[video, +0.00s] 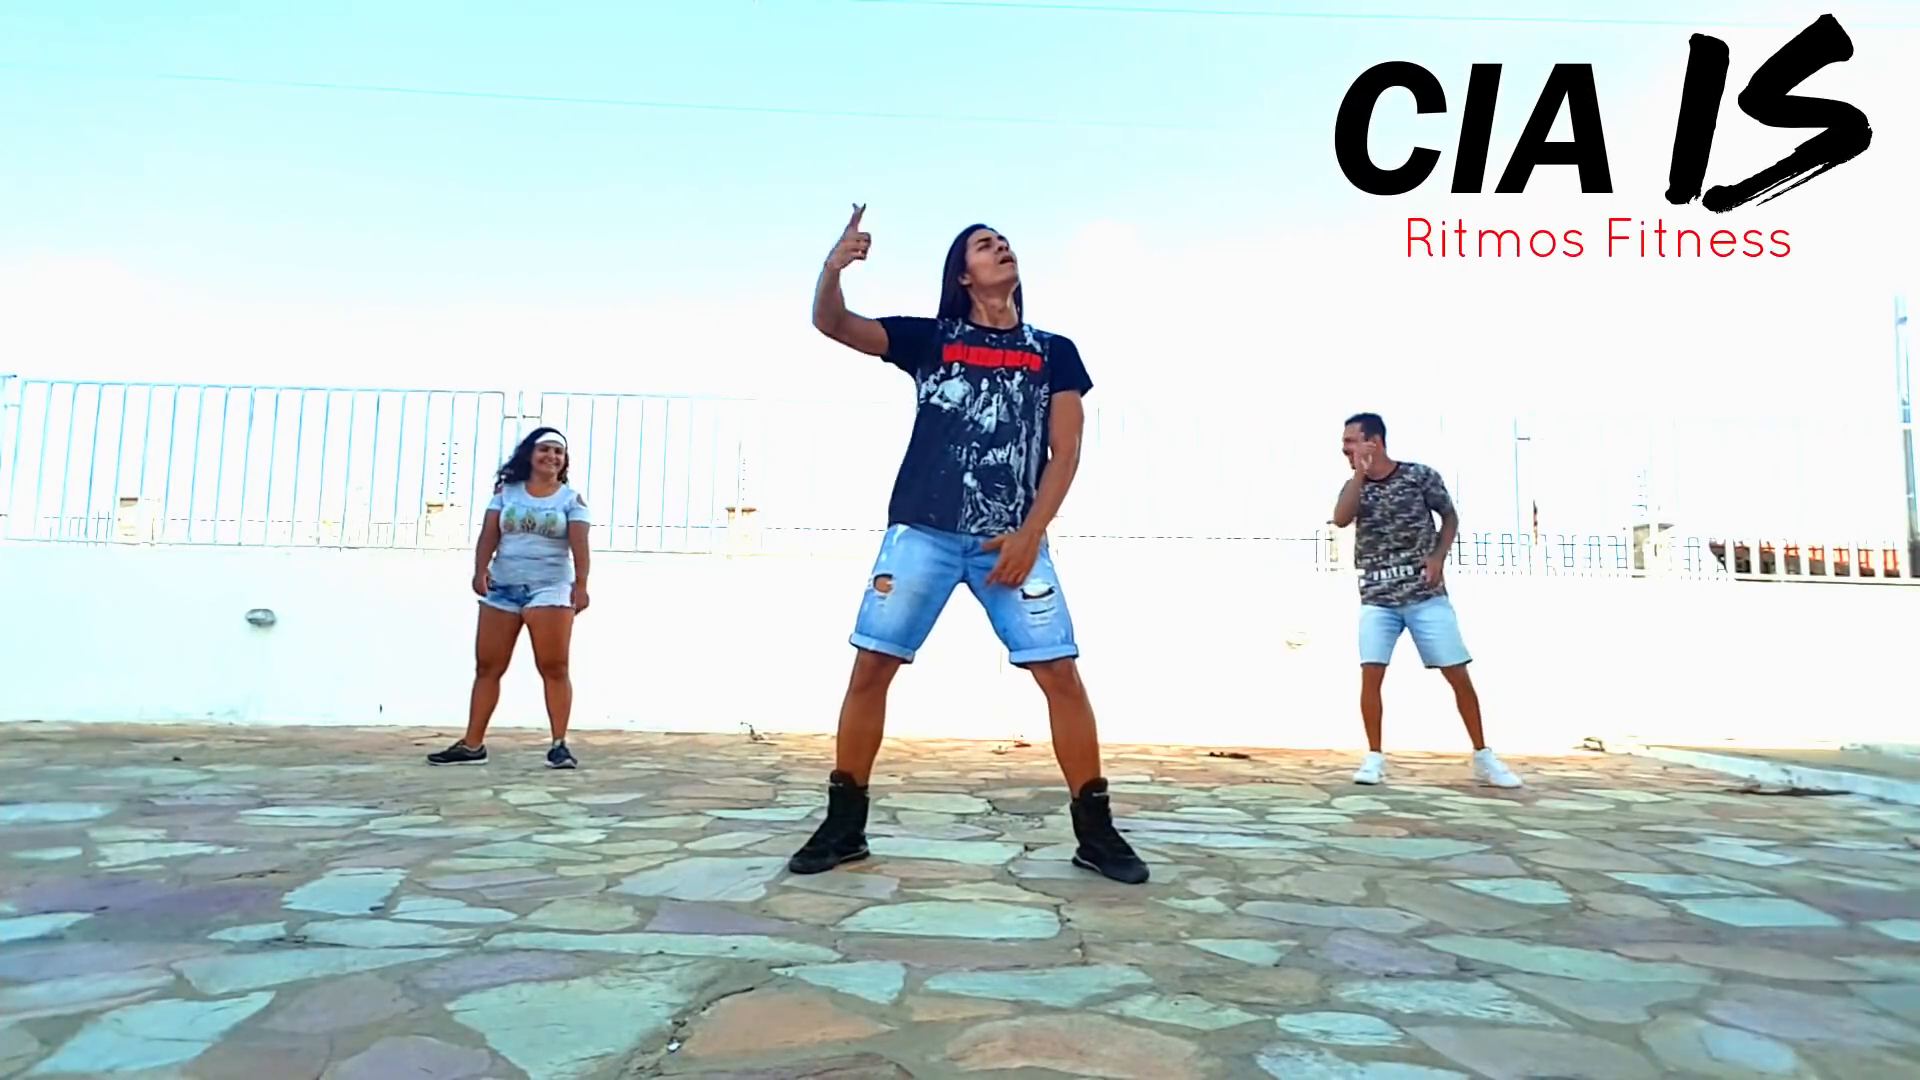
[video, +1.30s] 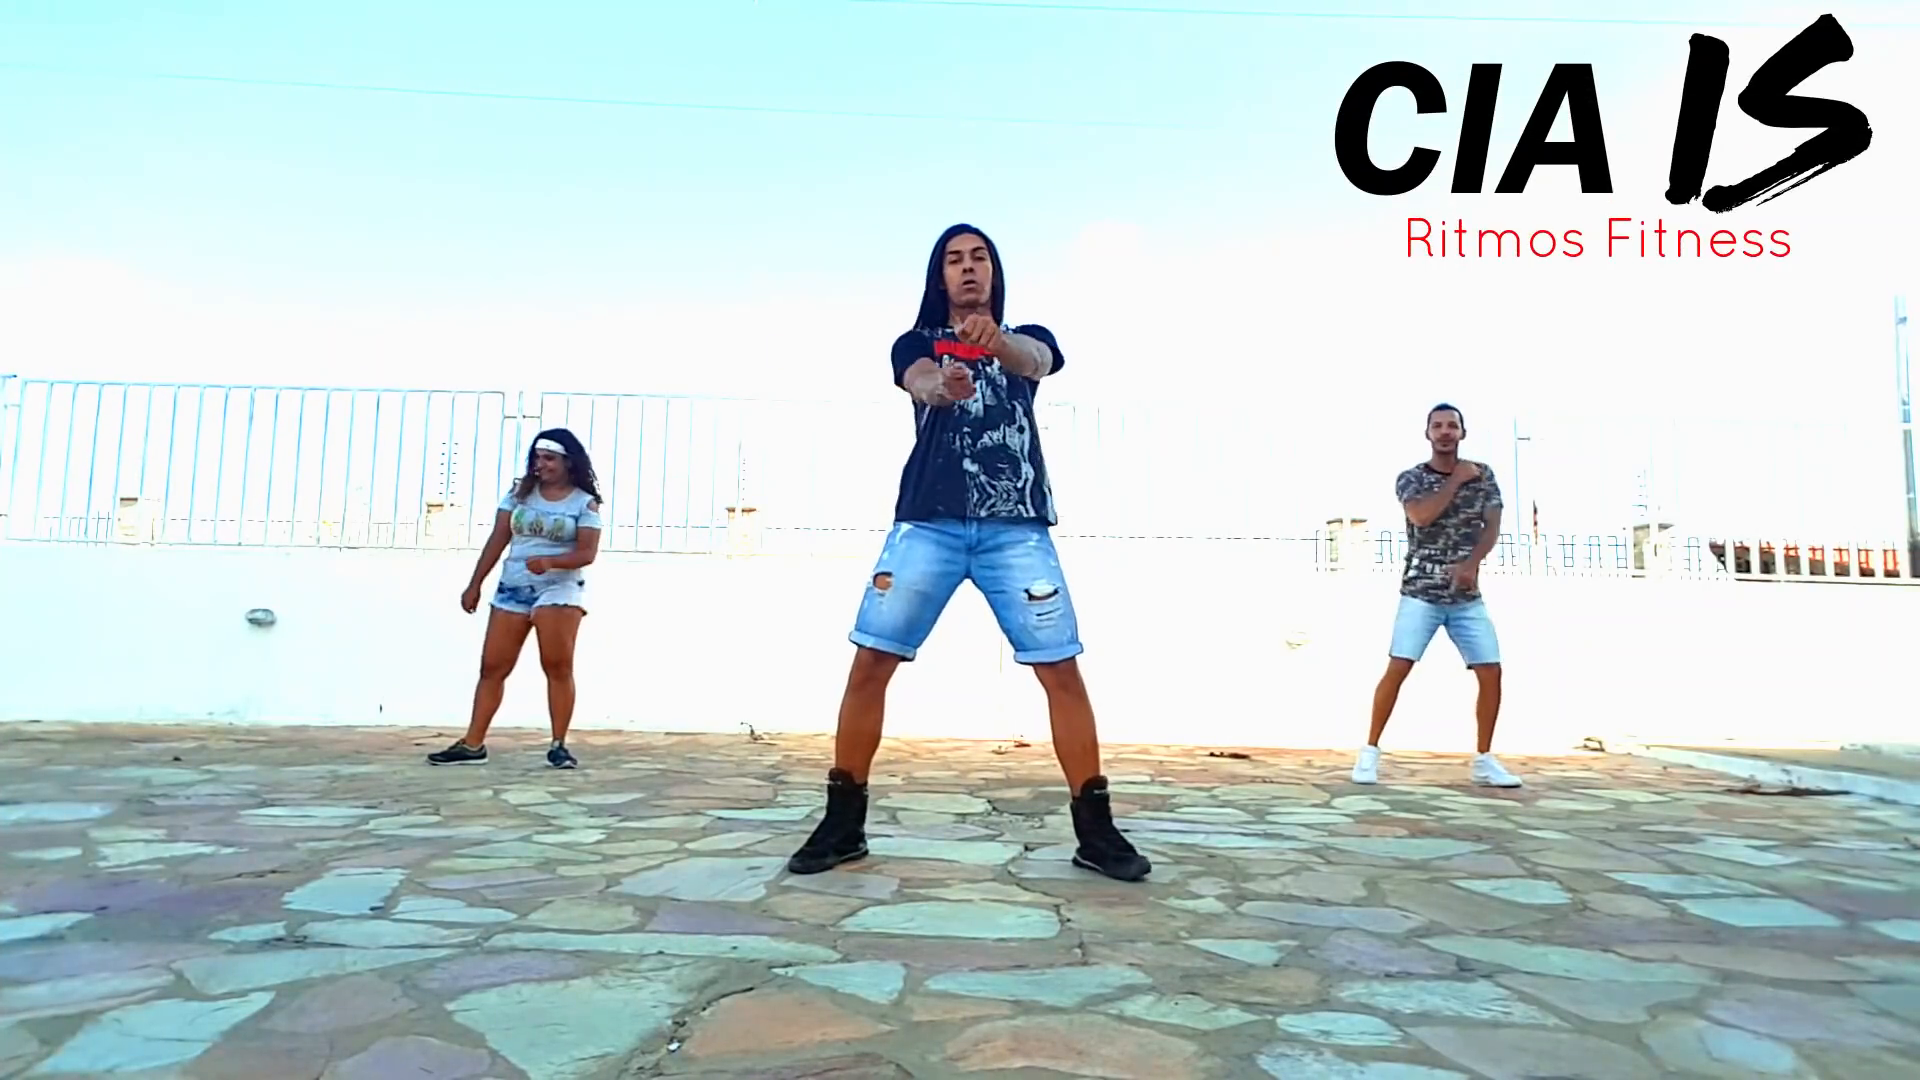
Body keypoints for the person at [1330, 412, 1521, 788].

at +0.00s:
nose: (1346, 449)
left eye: (1351, 442)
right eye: (1345, 443)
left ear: (1375, 443)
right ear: (1360, 447)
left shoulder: (1421, 477)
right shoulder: (1355, 487)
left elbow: (1450, 518)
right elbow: (1341, 519)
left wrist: (1438, 558)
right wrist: (1359, 473)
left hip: (1426, 595)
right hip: (1377, 600)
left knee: (1458, 675)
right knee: (1370, 676)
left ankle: (1482, 755)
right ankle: (1374, 756)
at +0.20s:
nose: (1384, 445)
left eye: (1390, 437)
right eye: (1379, 439)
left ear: (1411, 438)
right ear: (1376, 444)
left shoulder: (1446, 482)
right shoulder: (1375, 491)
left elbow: (1462, 533)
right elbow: (1356, 547)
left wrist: (1453, 540)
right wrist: (1371, 525)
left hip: (1448, 598)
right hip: (1398, 600)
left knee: (1481, 673)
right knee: (1383, 676)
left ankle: (1486, 757)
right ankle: (1375, 757)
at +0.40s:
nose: (1433, 433)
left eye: (1441, 427)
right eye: (1426, 427)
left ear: (1453, 434)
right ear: (1417, 434)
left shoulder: (1470, 473)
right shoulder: (1398, 487)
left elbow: (1511, 513)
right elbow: (1385, 526)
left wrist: (1483, 492)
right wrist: (1402, 555)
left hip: (1470, 599)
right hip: (1423, 599)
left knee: (1496, 673)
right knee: (1401, 671)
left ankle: (1485, 758)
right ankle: (1376, 754)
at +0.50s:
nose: (1449, 450)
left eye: (1456, 443)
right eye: (1442, 443)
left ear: (1467, 450)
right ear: (1433, 449)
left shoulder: (1484, 490)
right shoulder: (1412, 498)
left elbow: (1527, 530)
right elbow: (1389, 541)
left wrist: (1502, 508)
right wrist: (1410, 568)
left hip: (1480, 606)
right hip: (1434, 606)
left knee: (1508, 679)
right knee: (1414, 676)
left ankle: (1486, 761)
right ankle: (1380, 755)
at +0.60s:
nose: (1458, 450)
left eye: (1466, 443)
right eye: (1452, 443)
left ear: (1478, 450)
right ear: (1443, 450)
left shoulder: (1492, 498)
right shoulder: (1425, 498)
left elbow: (1506, 536)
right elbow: (1398, 550)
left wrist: (1518, 545)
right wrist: (1434, 567)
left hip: (1485, 609)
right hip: (1440, 609)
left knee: (1509, 680)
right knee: (1417, 676)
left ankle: (1486, 760)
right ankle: (1380, 755)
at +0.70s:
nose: (1465, 432)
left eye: (1472, 426)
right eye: (1458, 427)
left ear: (1484, 435)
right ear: (1449, 435)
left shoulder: (1499, 487)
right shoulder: (1433, 480)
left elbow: (1502, 538)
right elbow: (1415, 530)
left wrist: (1524, 568)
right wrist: (1470, 523)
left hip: (1483, 596)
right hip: (1437, 594)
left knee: (1499, 673)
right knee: (1410, 664)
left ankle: (1485, 758)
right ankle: (1377, 749)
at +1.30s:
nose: (1445, 432)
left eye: (1451, 426)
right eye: (1438, 426)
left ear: (1462, 433)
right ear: (1427, 433)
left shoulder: (1483, 477)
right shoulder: (1411, 478)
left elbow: (1493, 528)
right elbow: (1419, 516)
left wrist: (1473, 562)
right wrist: (1456, 479)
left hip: (1466, 594)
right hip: (1421, 592)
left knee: (1490, 670)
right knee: (1399, 666)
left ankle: (1483, 758)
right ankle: (1370, 750)